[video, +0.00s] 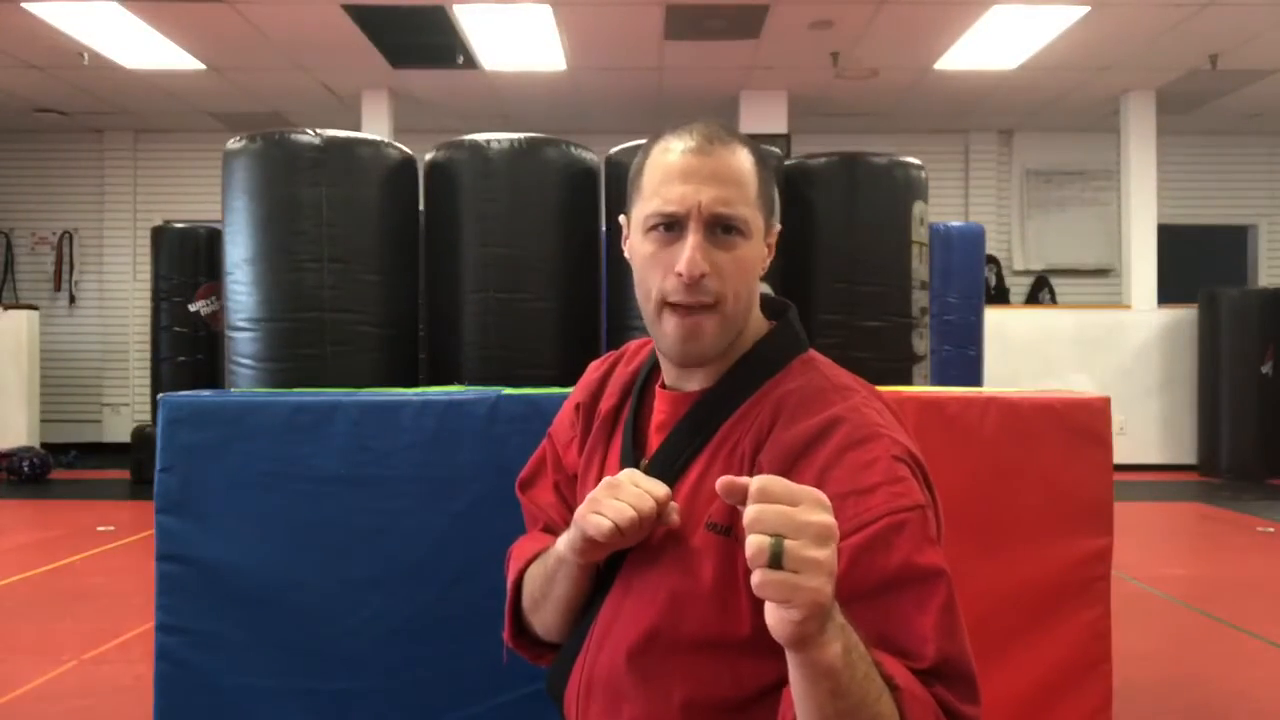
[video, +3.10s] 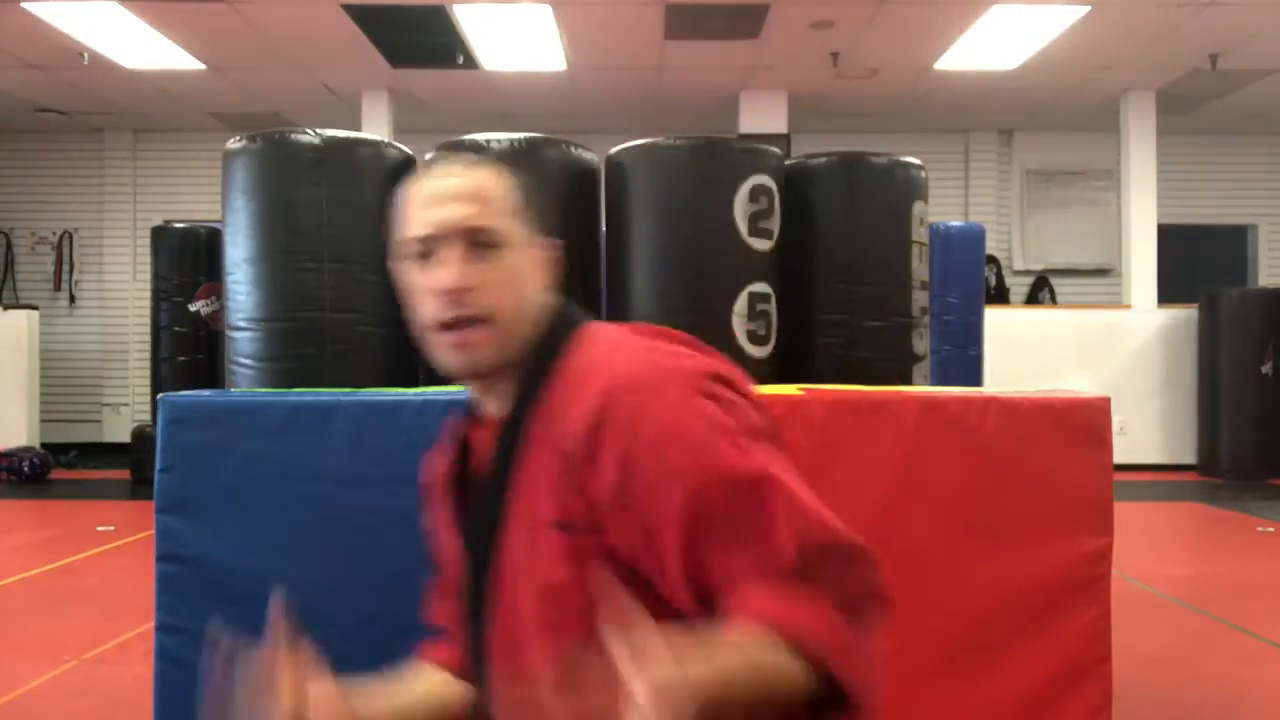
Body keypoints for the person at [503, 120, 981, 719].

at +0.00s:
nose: (691, 264)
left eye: (725, 231)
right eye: (666, 228)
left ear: (768, 247)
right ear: (627, 240)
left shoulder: (848, 439)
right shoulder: (604, 390)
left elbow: (919, 705)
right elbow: (537, 626)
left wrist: (817, 638)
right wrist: (574, 550)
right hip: (592, 706)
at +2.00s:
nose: (664, 274)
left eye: (706, 240)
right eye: (648, 233)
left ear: (761, 260)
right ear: (621, 241)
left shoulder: (842, 439)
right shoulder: (598, 390)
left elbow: (932, 706)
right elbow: (534, 632)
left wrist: (819, 651)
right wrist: (567, 558)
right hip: (588, 707)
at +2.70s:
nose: (705, 246)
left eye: (736, 215)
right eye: (679, 215)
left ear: (782, 237)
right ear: (644, 237)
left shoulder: (867, 405)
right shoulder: (592, 379)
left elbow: (929, 701)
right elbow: (542, 636)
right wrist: (547, 564)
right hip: (627, 704)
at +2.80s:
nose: (699, 244)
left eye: (730, 211)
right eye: (672, 213)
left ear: (773, 233)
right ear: (630, 236)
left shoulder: (863, 396)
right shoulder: (600, 389)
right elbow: (575, 577)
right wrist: (538, 655)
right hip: (630, 704)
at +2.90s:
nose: (638, 259)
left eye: (671, 227)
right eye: (608, 229)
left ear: (719, 246)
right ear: (569, 255)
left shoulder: (805, 407)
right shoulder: (586, 421)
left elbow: (892, 680)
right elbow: (569, 625)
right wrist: (553, 700)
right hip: (602, 704)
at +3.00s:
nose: (544, 275)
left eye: (576, 242)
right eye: (516, 248)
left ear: (637, 259)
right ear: (488, 276)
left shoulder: (723, 415)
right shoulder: (540, 454)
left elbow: (864, 676)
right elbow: (528, 671)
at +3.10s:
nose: (450, 282)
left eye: (483, 246)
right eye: (423, 253)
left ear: (550, 262)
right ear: (399, 280)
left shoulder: (644, 394)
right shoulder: (457, 459)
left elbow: (822, 621)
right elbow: (465, 669)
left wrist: (692, 671)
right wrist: (341, 700)